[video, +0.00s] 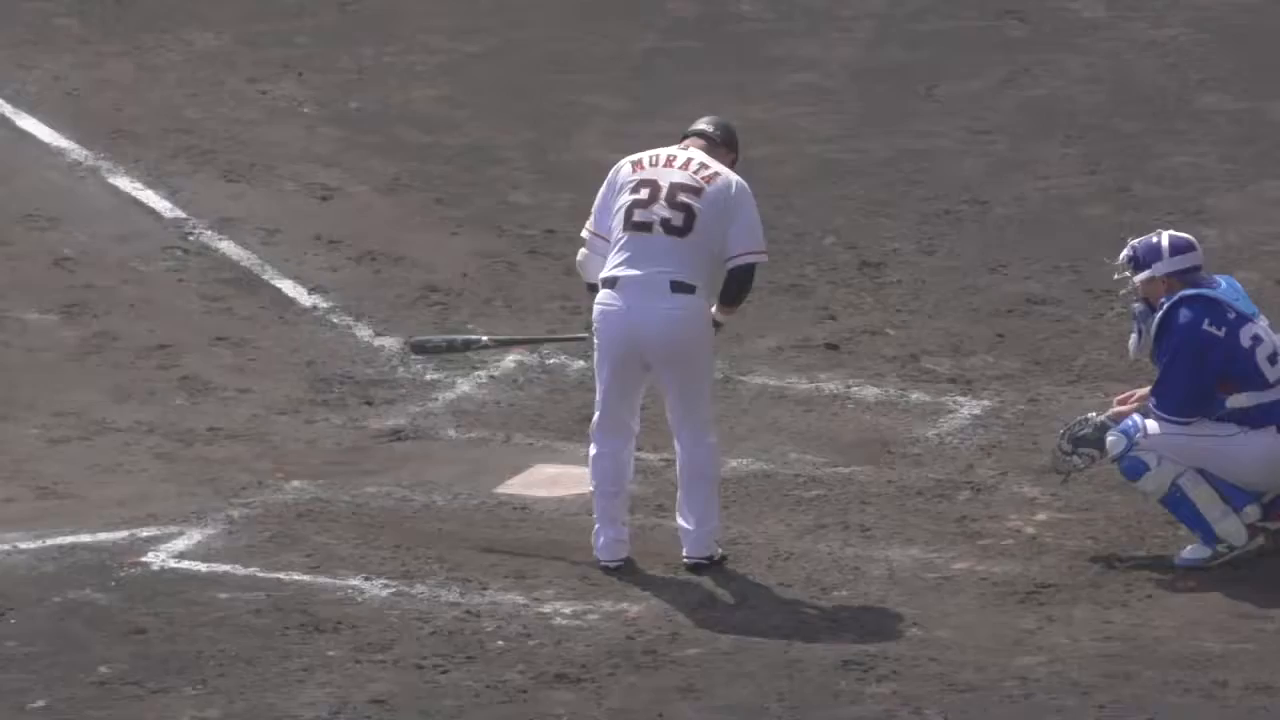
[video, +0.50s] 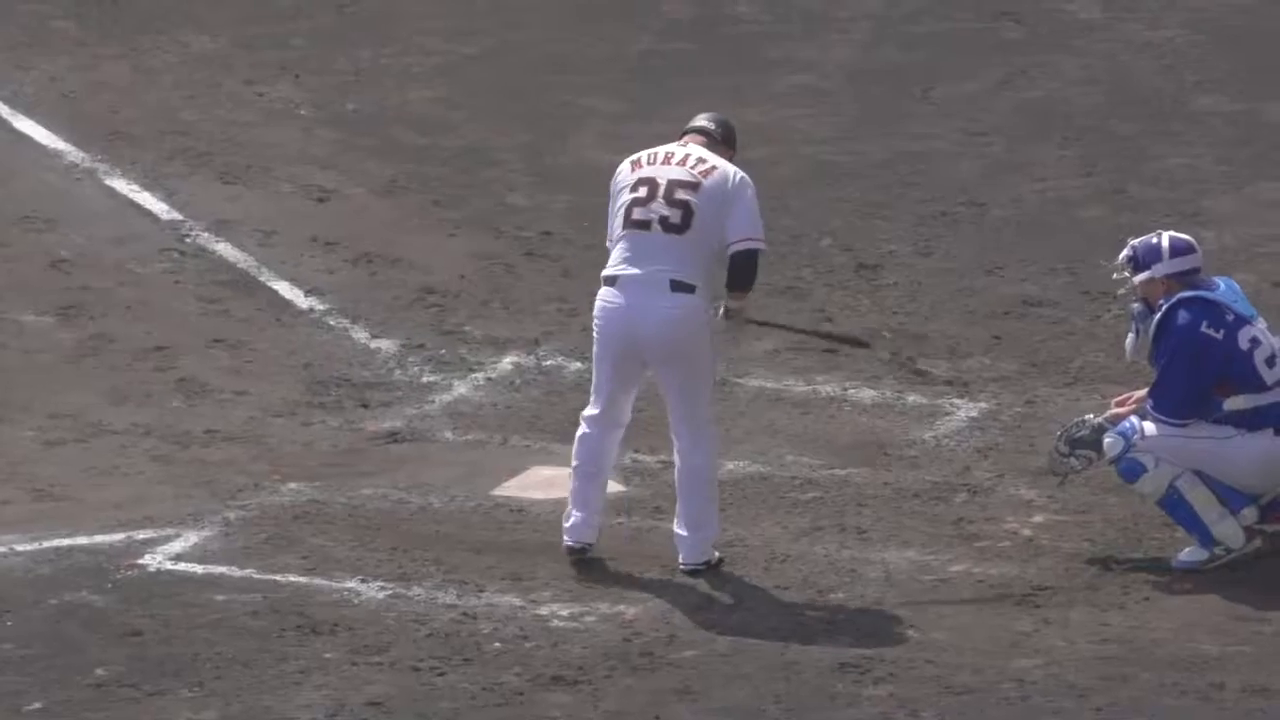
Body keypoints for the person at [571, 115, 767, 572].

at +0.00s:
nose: (730, 165)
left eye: (730, 159)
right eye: (732, 160)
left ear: (686, 139)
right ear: (726, 152)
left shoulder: (628, 165)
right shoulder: (731, 183)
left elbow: (591, 255)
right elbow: (742, 270)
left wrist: (610, 296)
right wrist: (720, 315)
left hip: (614, 304)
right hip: (683, 307)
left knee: (612, 427)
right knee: (693, 431)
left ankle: (610, 546)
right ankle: (699, 545)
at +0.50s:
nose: (726, 160)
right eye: (729, 154)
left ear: (683, 136)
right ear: (726, 148)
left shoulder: (629, 163)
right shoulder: (732, 177)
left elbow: (616, 238)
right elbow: (743, 264)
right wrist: (734, 303)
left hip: (614, 301)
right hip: (681, 307)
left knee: (602, 416)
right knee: (693, 431)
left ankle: (578, 532)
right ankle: (695, 549)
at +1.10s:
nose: (744, 151)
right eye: (745, 144)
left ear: (703, 131)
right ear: (742, 140)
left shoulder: (650, 164)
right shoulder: (747, 167)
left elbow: (643, 235)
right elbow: (768, 242)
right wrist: (751, 260)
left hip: (639, 299)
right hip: (704, 306)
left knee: (629, 421)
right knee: (729, 430)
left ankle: (610, 537)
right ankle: (732, 547)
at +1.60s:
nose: (726, 113)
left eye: (723, 106)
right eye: (724, 106)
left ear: (674, 108)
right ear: (717, 109)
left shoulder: (642, 161)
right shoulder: (736, 156)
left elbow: (658, 221)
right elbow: (787, 219)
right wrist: (769, 187)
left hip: (648, 306)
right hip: (711, 311)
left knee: (641, 417)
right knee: (740, 430)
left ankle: (606, 528)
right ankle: (741, 545)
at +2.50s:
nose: (687, 119)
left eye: (675, 110)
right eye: (718, 111)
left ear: (671, 113)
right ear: (720, 114)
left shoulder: (653, 162)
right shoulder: (743, 164)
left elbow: (712, 174)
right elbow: (806, 190)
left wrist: (761, 137)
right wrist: (791, 146)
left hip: (661, 312)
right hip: (724, 318)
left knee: (655, 421)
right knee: (751, 433)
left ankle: (615, 532)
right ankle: (748, 550)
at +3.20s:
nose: (640, 138)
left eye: (643, 133)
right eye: (647, 134)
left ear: (647, 138)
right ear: (691, 137)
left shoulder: (631, 184)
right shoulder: (712, 183)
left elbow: (704, 165)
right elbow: (780, 167)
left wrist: (743, 116)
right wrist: (762, 118)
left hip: (630, 336)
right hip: (690, 343)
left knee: (627, 444)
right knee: (716, 454)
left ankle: (578, 551)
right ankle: (708, 572)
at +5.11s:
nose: (603, 174)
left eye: (607, 168)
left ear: (611, 173)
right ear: (657, 173)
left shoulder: (595, 218)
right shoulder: (674, 221)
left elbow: (674, 211)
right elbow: (739, 220)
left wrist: (710, 168)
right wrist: (729, 173)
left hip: (590, 370)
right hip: (651, 377)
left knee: (586, 475)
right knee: (677, 486)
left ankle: (536, 577)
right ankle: (664, 600)